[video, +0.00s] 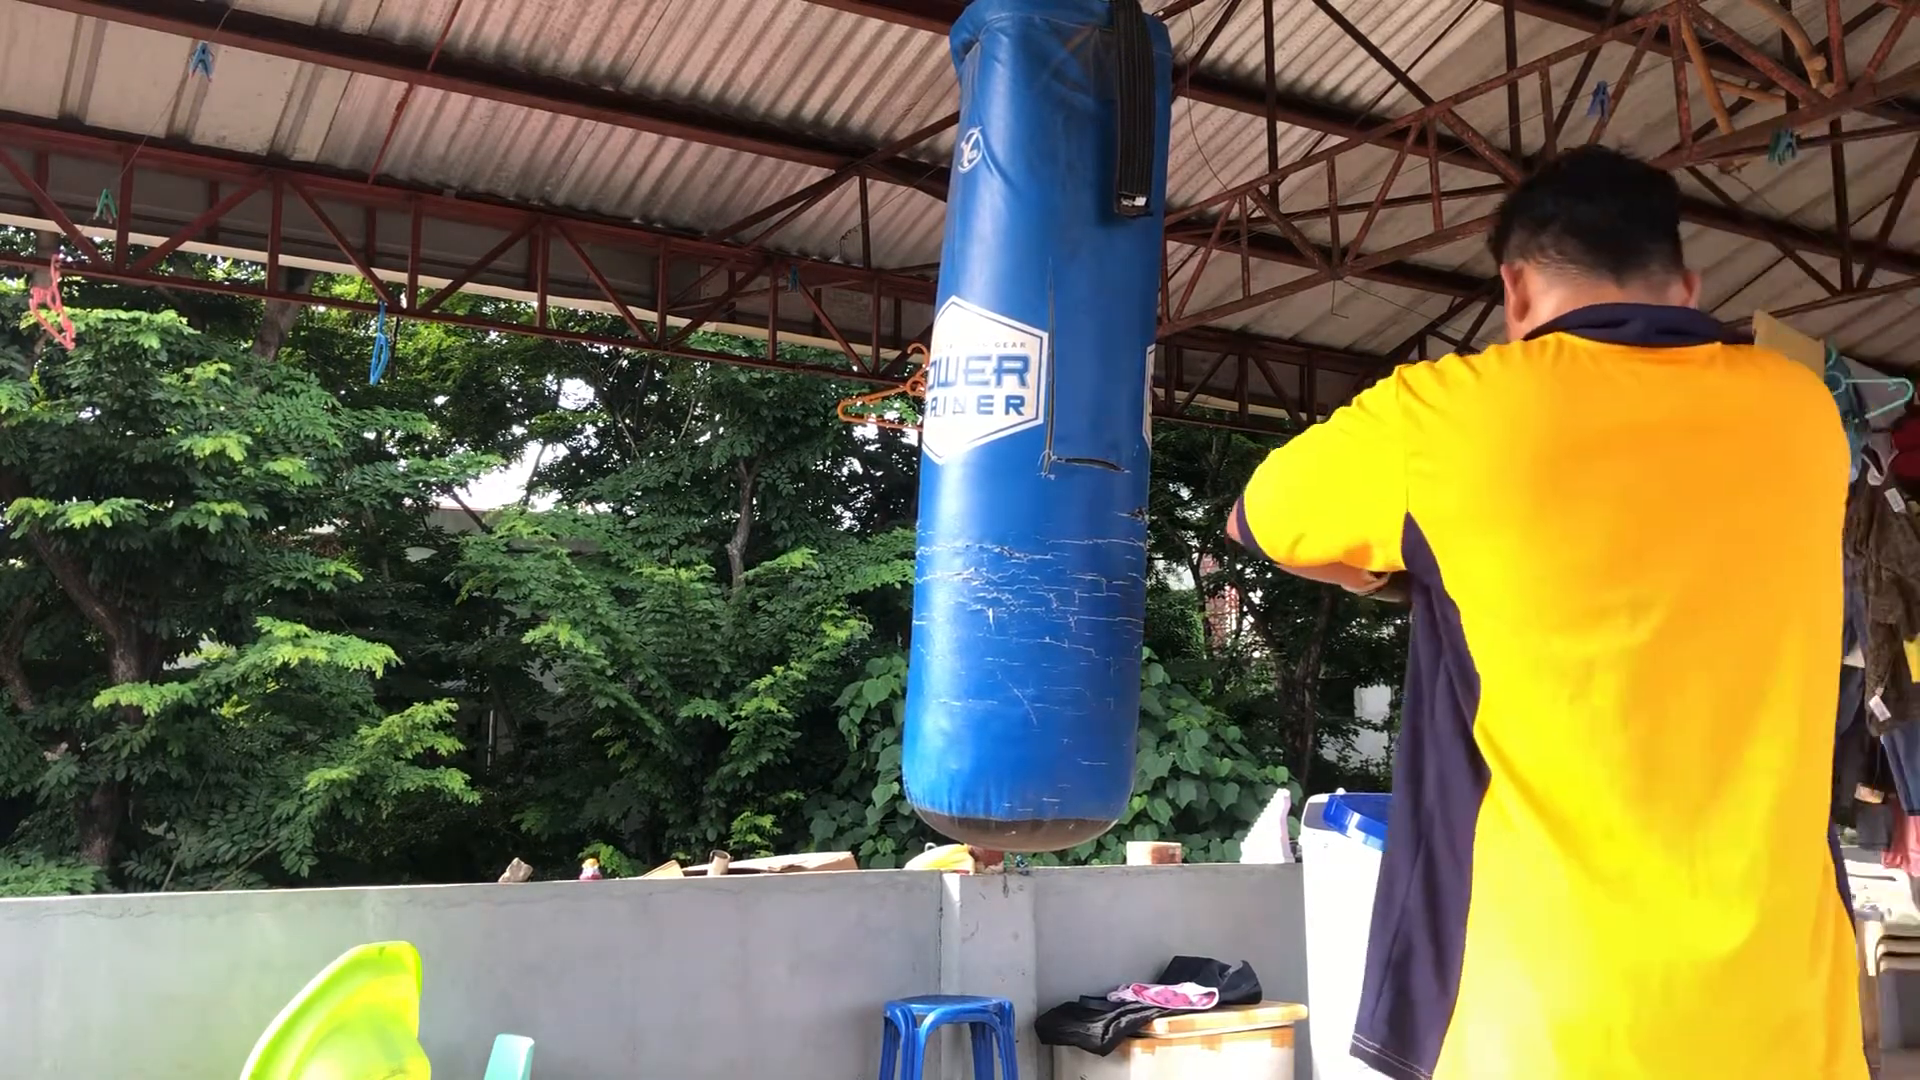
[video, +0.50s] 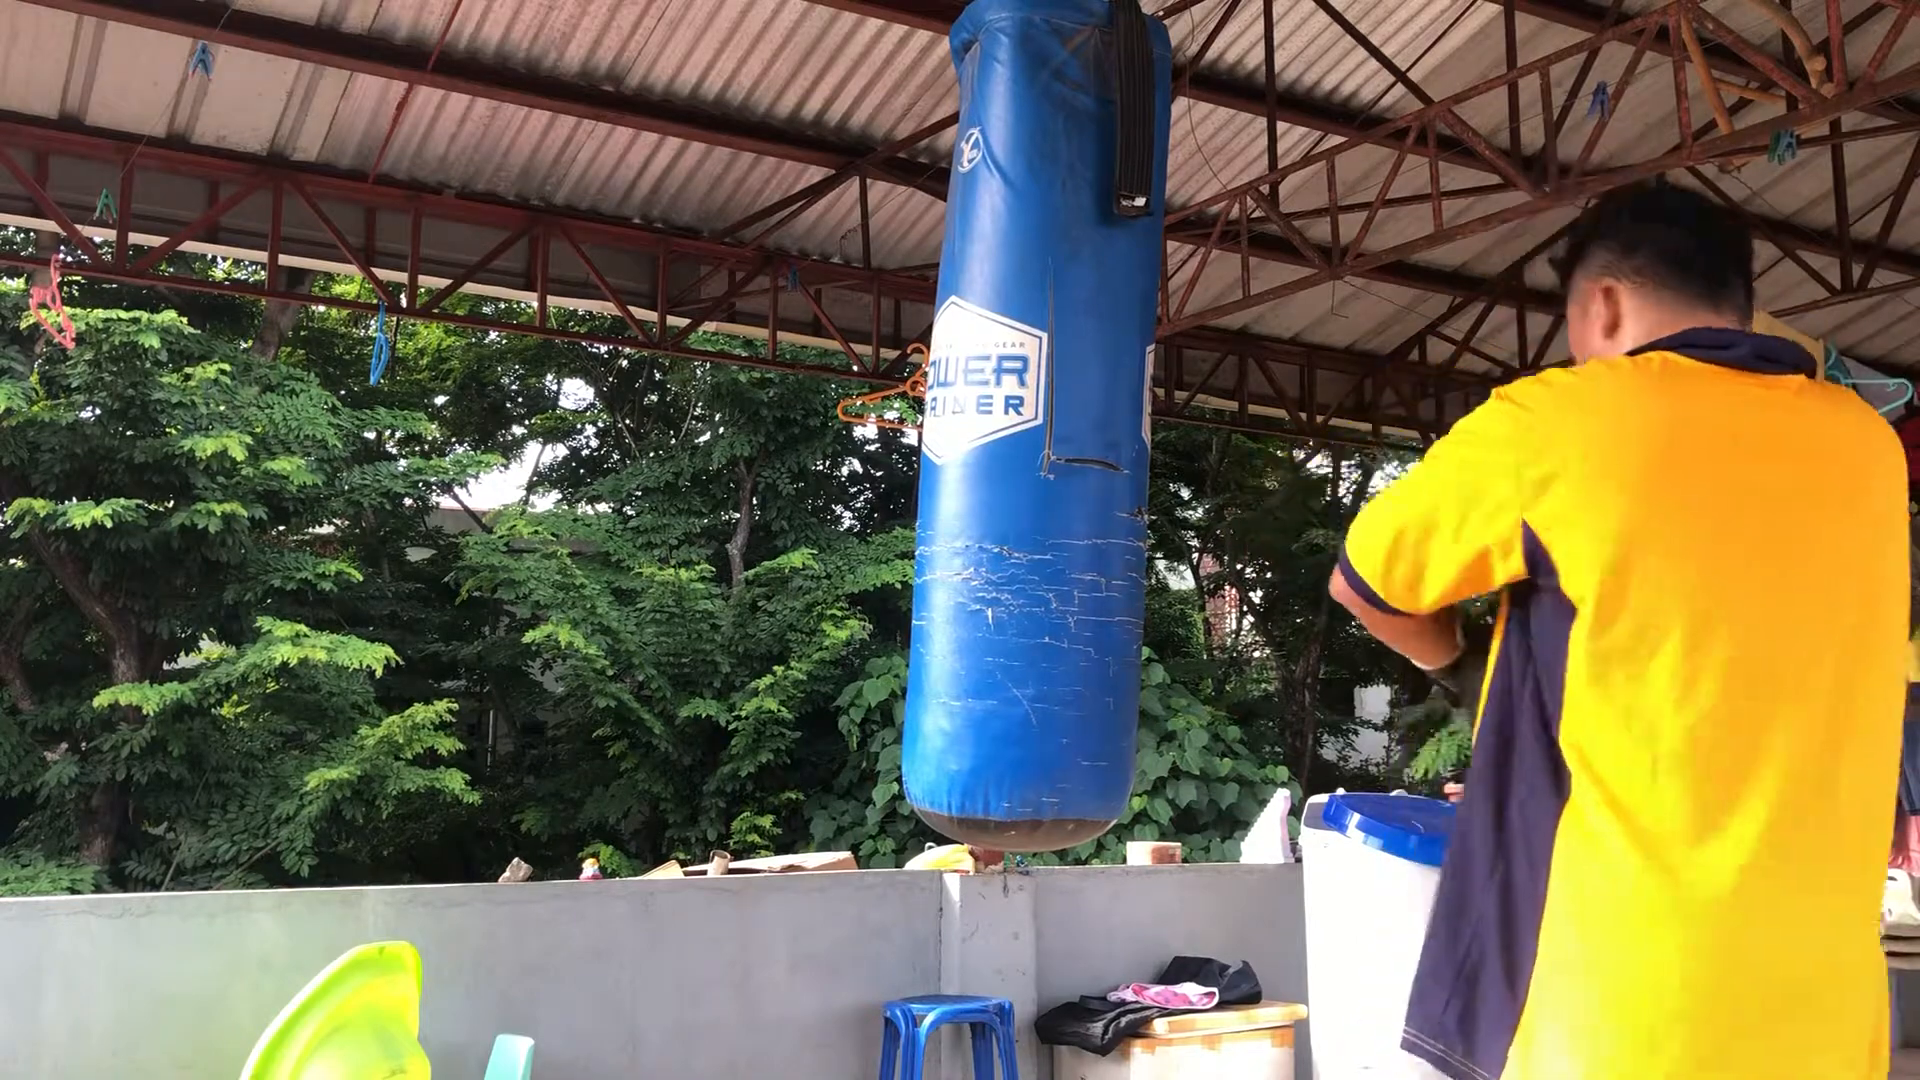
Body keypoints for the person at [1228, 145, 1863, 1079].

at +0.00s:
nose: (1501, 330)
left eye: (1497, 313)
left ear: (1517, 297)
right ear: (1689, 294)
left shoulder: (1443, 408)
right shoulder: (1806, 410)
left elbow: (1269, 521)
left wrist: (1437, 555)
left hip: (1533, 1029)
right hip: (1789, 1020)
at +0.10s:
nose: (1497, 333)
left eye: (1493, 315)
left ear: (1512, 299)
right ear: (1682, 295)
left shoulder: (1440, 415)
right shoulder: (1799, 415)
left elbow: (1267, 536)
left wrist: (1445, 546)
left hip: (1528, 1026)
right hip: (1781, 1016)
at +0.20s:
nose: (1505, 340)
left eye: (1501, 322)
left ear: (1520, 305)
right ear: (1687, 301)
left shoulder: (1455, 416)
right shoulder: (1804, 422)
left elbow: (1284, 542)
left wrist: (1453, 543)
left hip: (1538, 1026)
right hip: (1783, 1017)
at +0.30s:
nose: (1514, 345)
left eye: (1512, 323)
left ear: (1536, 305)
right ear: (1697, 306)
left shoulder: (1473, 414)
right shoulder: (1816, 427)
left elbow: (1300, 539)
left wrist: (1435, 582)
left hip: (1547, 1030)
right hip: (1789, 1022)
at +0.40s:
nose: (1542, 349)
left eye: (1540, 328)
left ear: (1568, 308)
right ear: (1724, 315)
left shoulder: (1503, 415)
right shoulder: (1845, 438)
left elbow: (1328, 556)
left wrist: (1445, 637)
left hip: (1568, 1025)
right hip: (1800, 1023)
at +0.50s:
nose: (1570, 355)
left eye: (1568, 329)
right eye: (1567, 333)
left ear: (1605, 307)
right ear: (1739, 312)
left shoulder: (1557, 414)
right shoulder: (1873, 445)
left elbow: (1367, 581)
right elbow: (1895, 674)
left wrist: (1457, 655)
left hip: (1604, 1019)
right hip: (1827, 1018)